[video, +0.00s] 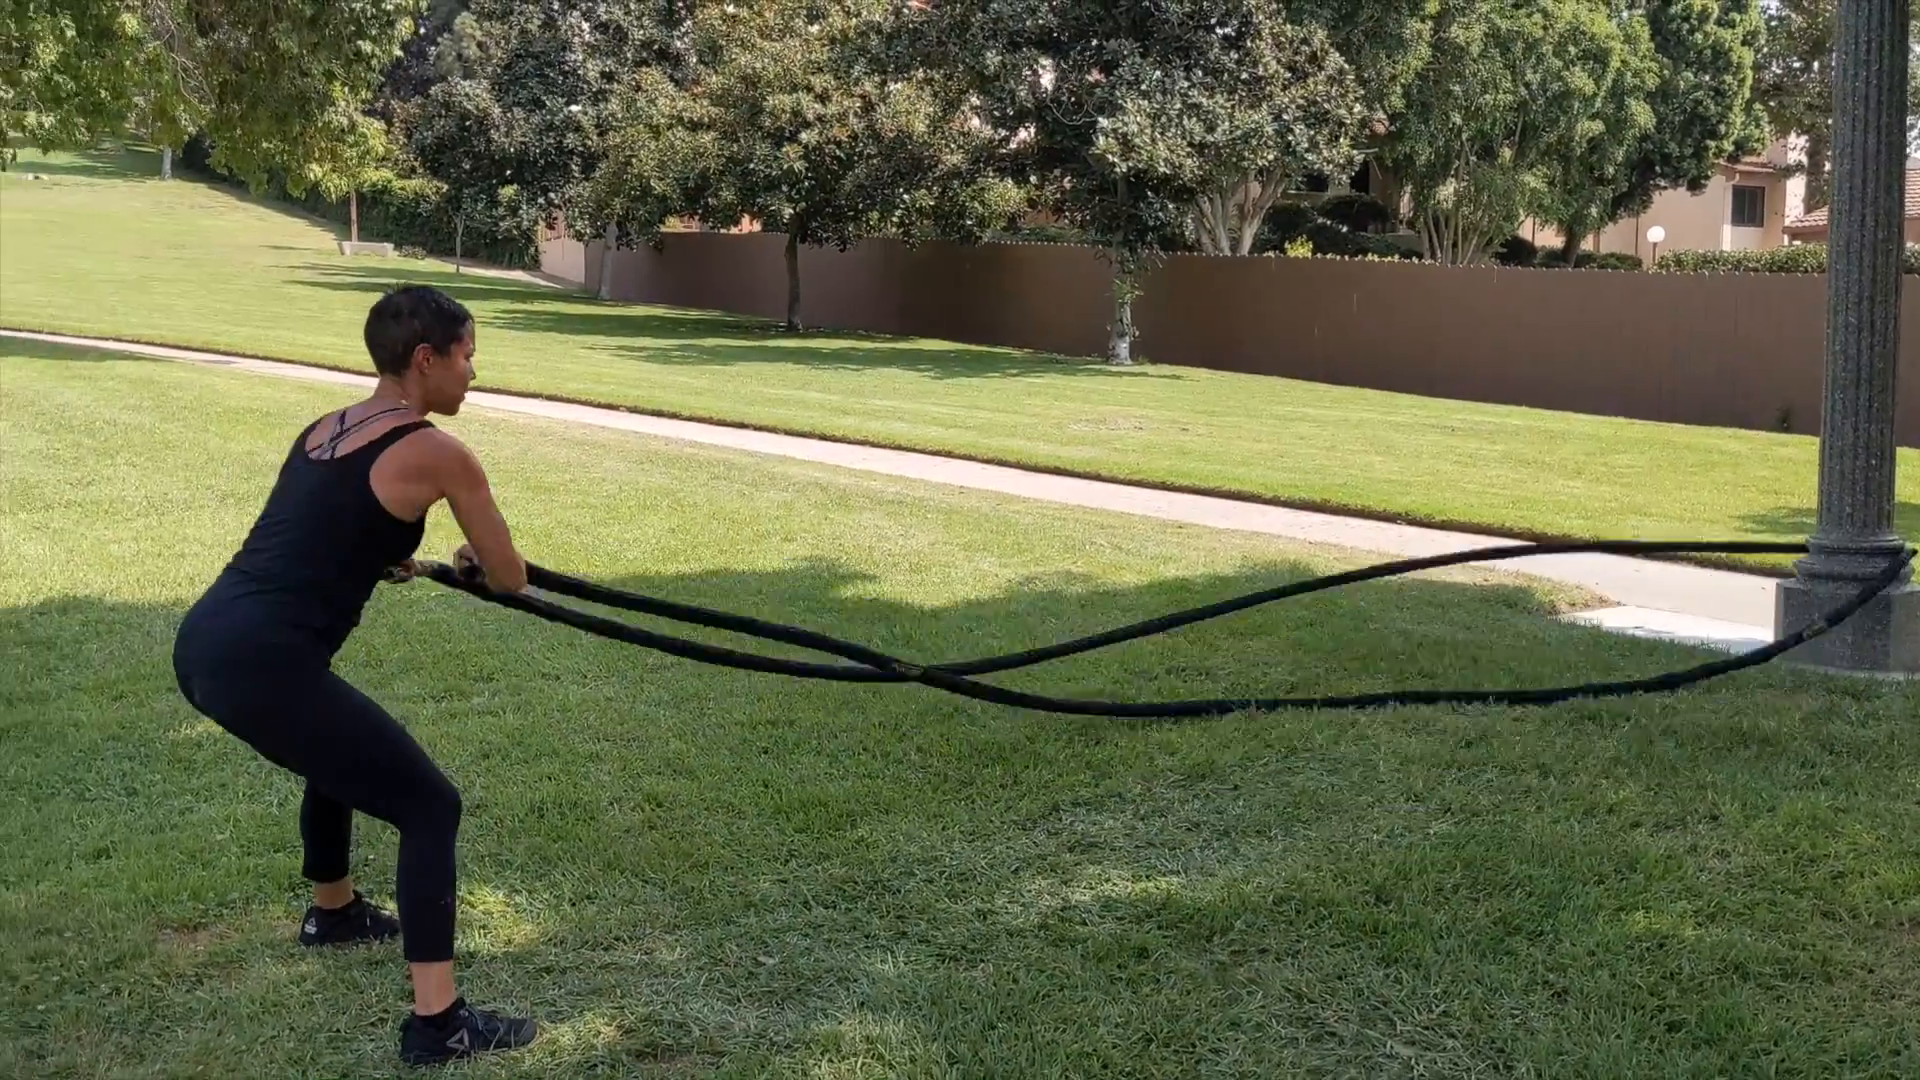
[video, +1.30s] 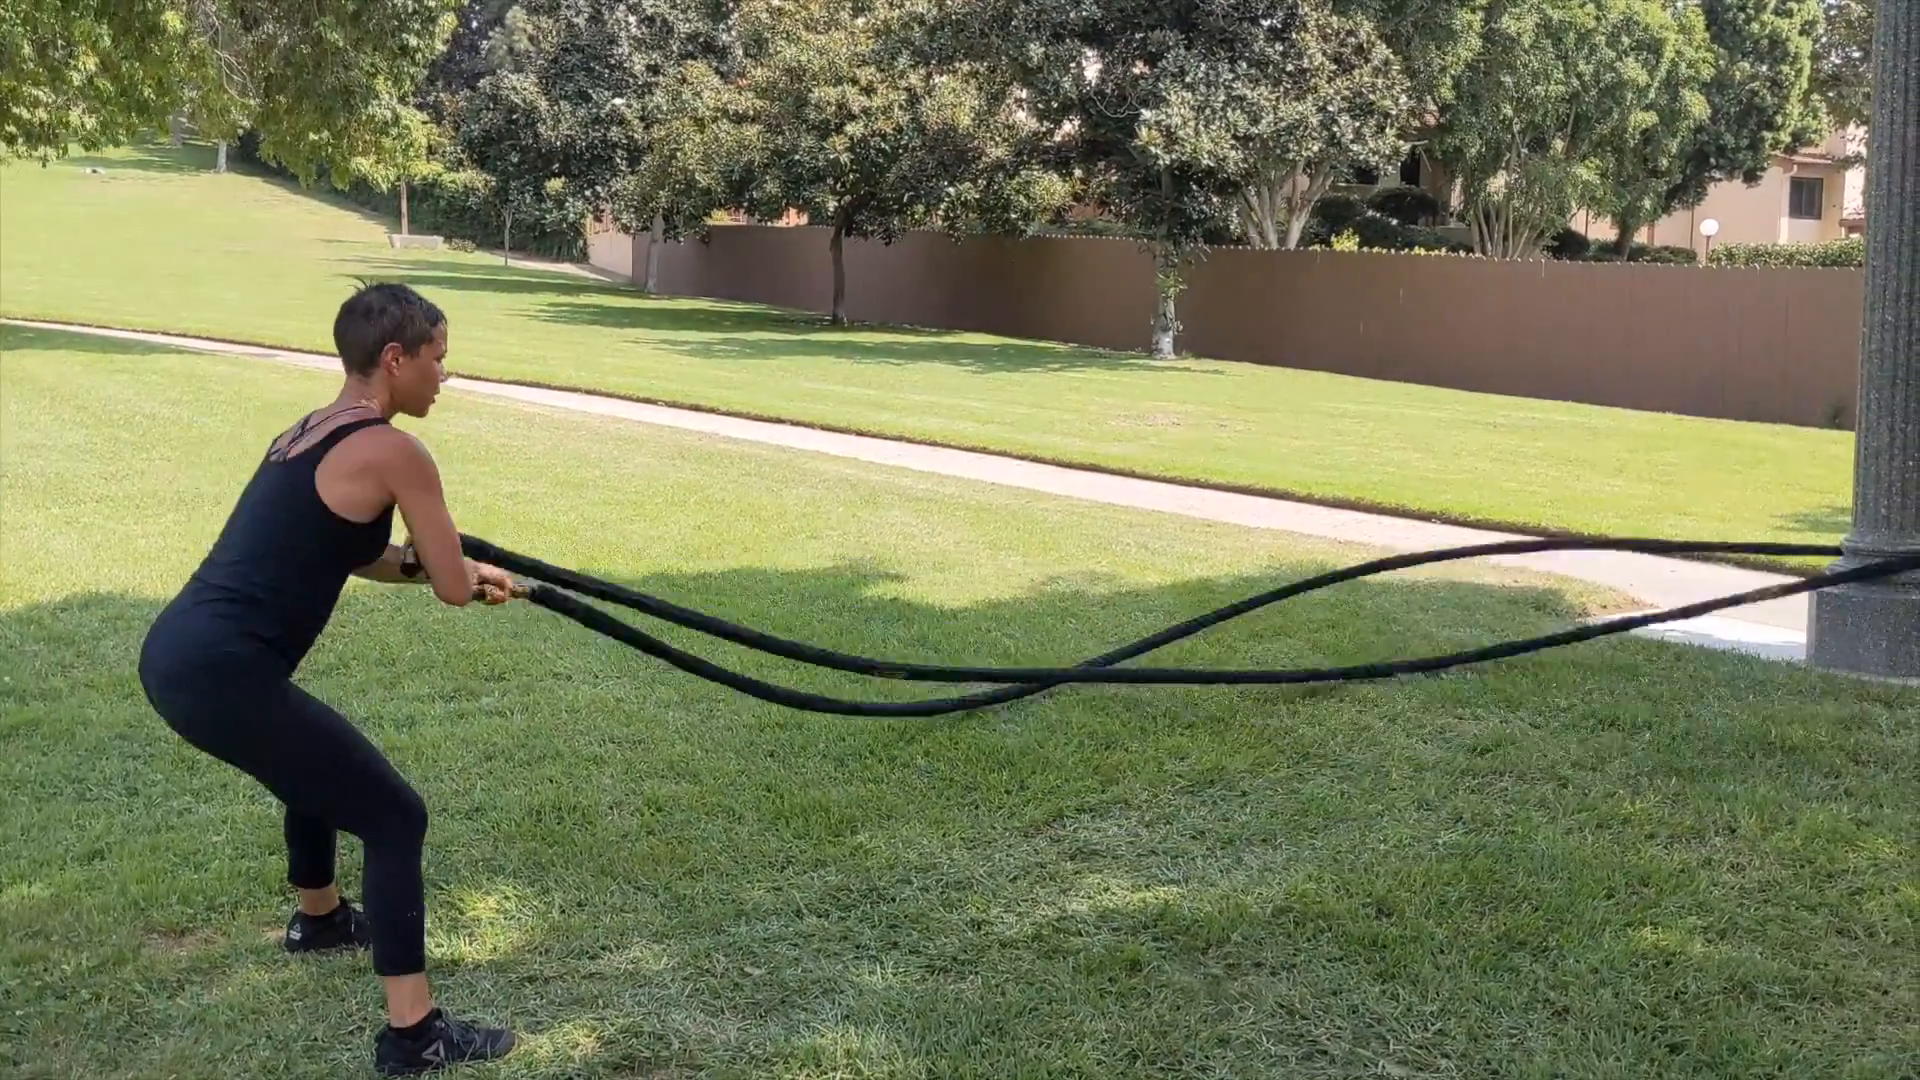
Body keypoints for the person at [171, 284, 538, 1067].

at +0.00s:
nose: (472, 370)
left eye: (471, 354)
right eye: (465, 355)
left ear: (393, 359)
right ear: (425, 359)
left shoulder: (330, 424)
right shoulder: (438, 452)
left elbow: (311, 520)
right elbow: (508, 574)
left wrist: (384, 552)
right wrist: (485, 572)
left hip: (203, 647)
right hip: (266, 666)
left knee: (335, 751)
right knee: (432, 804)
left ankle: (334, 908)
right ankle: (437, 1018)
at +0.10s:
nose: (487, 371)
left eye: (486, 356)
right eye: (478, 356)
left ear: (419, 360)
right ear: (435, 357)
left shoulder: (371, 441)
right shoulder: (429, 446)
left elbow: (449, 563)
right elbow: (522, 565)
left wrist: (546, 582)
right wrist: (573, 569)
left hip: (220, 649)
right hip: (258, 667)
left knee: (350, 759)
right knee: (427, 806)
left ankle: (346, 907)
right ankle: (447, 1017)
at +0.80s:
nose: (439, 359)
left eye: (439, 343)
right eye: (431, 343)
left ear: (371, 349)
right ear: (384, 348)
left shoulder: (311, 415)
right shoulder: (389, 448)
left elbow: (353, 525)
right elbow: (464, 574)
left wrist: (461, 535)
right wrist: (525, 579)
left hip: (190, 641)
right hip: (242, 657)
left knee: (339, 758)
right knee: (396, 806)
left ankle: (341, 906)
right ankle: (431, 1020)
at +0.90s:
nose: (439, 362)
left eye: (438, 347)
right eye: (430, 347)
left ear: (367, 352)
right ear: (387, 351)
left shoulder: (290, 414)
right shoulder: (408, 453)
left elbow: (294, 513)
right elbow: (465, 579)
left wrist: (381, 543)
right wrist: (491, 585)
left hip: (182, 644)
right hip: (251, 658)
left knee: (332, 752)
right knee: (411, 807)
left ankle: (335, 907)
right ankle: (428, 1019)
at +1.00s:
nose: (444, 367)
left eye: (443, 352)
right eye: (436, 352)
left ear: (368, 358)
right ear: (395, 357)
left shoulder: (296, 416)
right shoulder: (416, 455)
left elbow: (203, 498)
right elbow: (471, 577)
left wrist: (297, 513)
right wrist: (468, 546)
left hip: (182, 645)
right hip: (252, 659)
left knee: (329, 751)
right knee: (415, 808)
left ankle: (333, 910)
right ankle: (424, 1022)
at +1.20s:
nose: (447, 370)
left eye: (446, 355)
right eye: (440, 355)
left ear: (367, 358)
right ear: (398, 359)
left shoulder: (294, 417)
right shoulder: (417, 460)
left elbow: (227, 502)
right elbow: (448, 579)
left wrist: (330, 518)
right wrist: (411, 519)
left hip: (176, 651)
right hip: (245, 670)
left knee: (317, 759)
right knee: (413, 813)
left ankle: (323, 914)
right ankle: (416, 1026)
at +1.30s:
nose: (443, 371)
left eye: (443, 355)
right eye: (436, 354)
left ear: (369, 359)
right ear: (393, 357)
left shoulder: (314, 428)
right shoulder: (397, 452)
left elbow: (358, 554)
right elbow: (455, 585)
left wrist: (451, 569)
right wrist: (479, 582)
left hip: (176, 654)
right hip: (226, 674)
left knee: (317, 767)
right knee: (397, 814)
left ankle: (319, 916)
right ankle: (412, 1028)